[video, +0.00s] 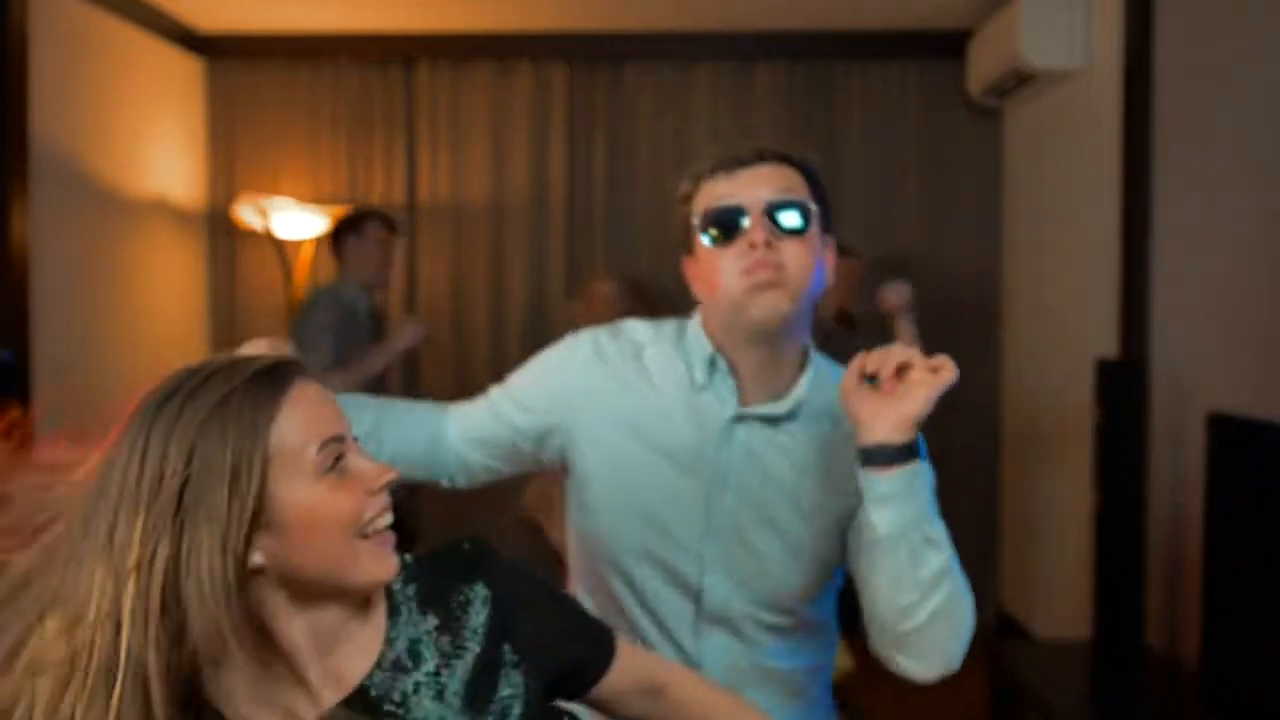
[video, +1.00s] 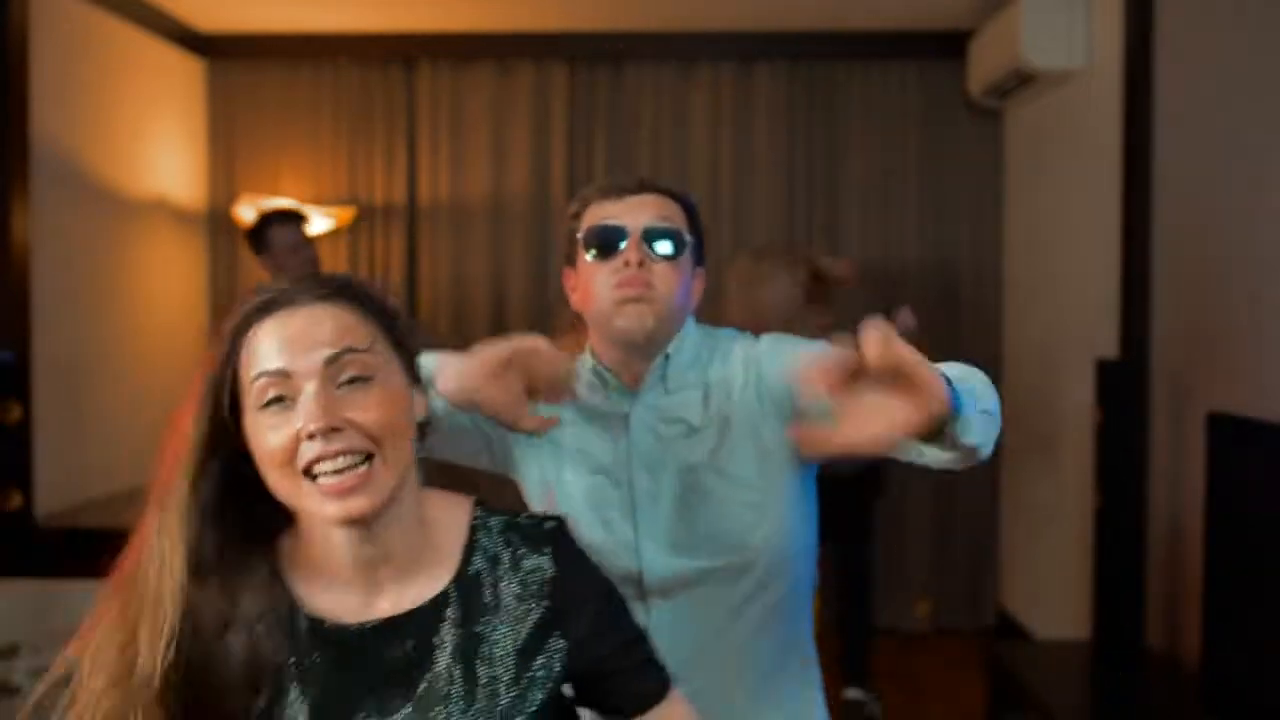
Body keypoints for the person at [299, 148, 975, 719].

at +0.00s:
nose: (760, 242)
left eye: (788, 220)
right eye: (726, 228)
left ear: (828, 262)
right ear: (692, 275)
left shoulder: (864, 420)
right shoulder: (597, 373)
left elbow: (926, 655)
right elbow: (451, 441)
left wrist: (889, 454)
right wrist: (291, 402)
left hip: (785, 713)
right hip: (618, 703)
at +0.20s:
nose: (735, 193)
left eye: (764, 175)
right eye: (705, 179)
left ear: (805, 218)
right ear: (672, 226)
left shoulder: (852, 365)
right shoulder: (591, 325)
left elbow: (977, 547)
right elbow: (431, 389)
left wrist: (901, 359)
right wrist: (382, 317)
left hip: (783, 704)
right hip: (612, 697)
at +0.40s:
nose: (683, 134)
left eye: (713, 117)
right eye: (652, 115)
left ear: (747, 158)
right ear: (615, 154)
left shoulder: (825, 277)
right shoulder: (558, 266)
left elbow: (1026, 393)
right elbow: (343, 293)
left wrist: (918, 287)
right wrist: (424, 246)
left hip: (779, 685)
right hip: (604, 676)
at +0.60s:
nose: (642, 154)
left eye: (671, 139)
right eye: (613, 135)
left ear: (703, 182)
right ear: (573, 178)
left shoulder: (773, 260)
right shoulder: (535, 294)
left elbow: (1005, 255)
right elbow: (330, 266)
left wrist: (963, 316)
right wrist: (464, 267)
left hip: (782, 680)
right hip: (614, 677)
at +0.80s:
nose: (625, 228)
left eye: (653, 215)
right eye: (595, 213)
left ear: (686, 258)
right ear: (559, 258)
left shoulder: (746, 333)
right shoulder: (530, 382)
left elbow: (921, 289)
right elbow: (339, 373)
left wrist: (1007, 434)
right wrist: (500, 363)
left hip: (778, 707)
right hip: (614, 712)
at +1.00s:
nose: (635, 258)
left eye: (662, 244)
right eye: (607, 244)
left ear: (694, 285)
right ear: (573, 287)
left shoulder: (766, 374)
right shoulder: (533, 402)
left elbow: (975, 414)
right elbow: (354, 393)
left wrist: (937, 405)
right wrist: (447, 378)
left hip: (766, 705)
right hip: (609, 710)